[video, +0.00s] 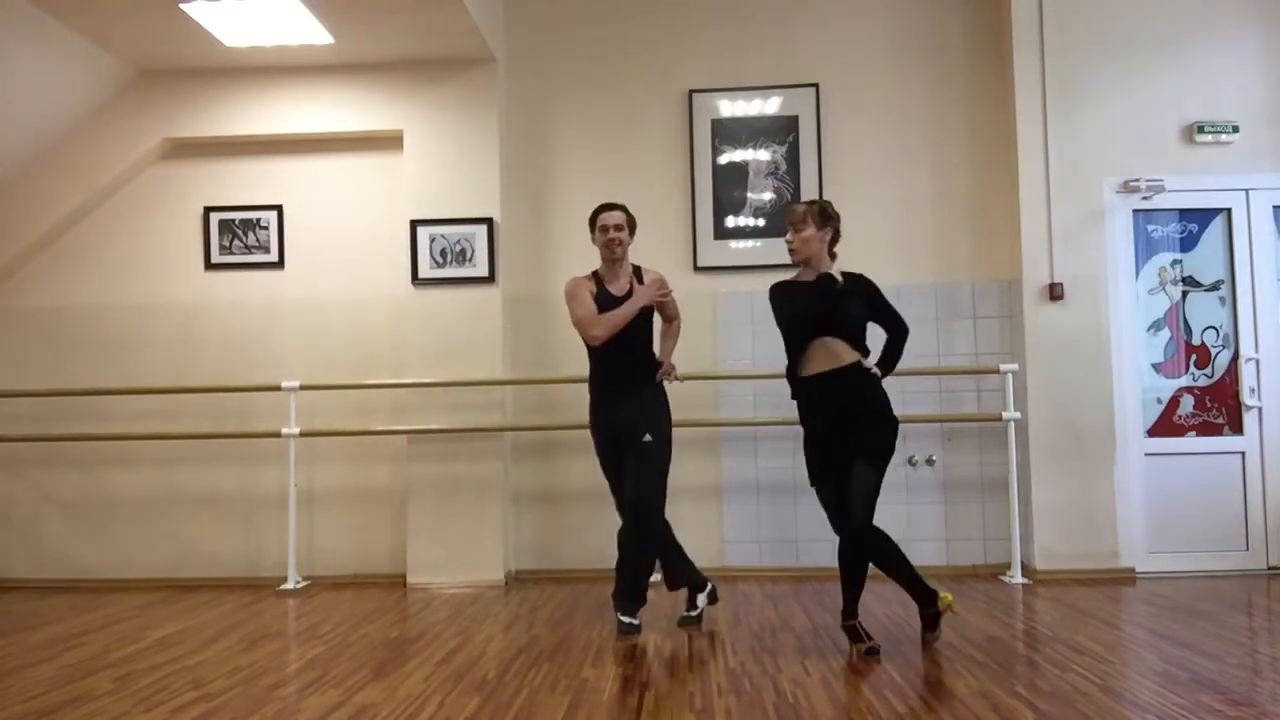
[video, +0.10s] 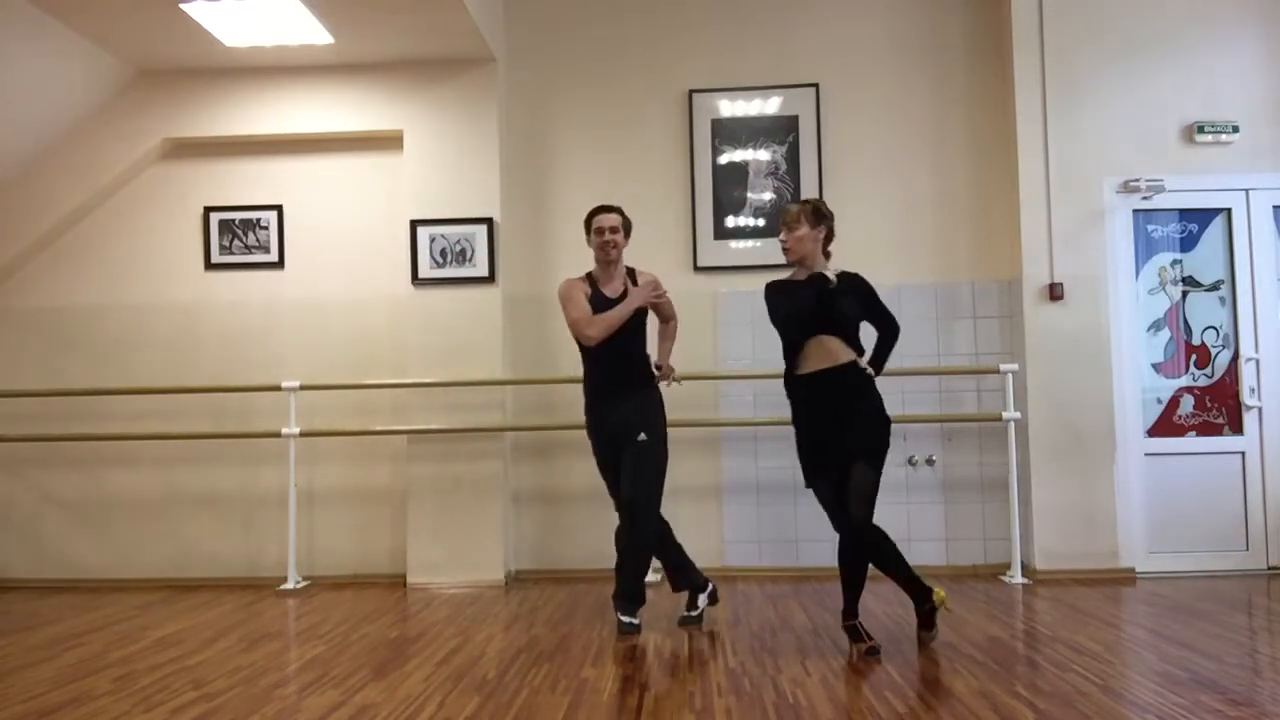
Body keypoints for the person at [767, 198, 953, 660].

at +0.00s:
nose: (789, 236)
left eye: (799, 228)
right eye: (788, 229)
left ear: (828, 235)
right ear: (793, 239)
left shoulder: (857, 286)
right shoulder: (781, 292)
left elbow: (898, 330)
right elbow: (796, 338)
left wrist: (878, 371)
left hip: (865, 404)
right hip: (817, 413)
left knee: (856, 522)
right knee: (849, 528)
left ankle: (850, 617)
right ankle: (928, 600)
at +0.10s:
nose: (782, 236)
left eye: (793, 227)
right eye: (783, 229)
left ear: (822, 235)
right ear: (790, 238)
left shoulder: (851, 285)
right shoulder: (777, 290)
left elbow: (889, 328)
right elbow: (792, 330)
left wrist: (870, 371)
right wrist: (821, 276)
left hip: (857, 399)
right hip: (809, 409)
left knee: (855, 520)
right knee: (849, 526)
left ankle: (851, 617)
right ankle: (923, 597)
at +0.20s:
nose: (776, 236)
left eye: (786, 228)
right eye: (775, 229)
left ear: (814, 232)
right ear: (779, 237)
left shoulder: (845, 282)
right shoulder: (774, 289)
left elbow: (892, 323)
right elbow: (776, 328)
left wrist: (866, 367)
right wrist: (810, 279)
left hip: (848, 398)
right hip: (800, 406)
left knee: (853, 516)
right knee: (828, 520)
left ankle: (851, 617)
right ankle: (891, 584)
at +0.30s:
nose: (770, 237)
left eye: (779, 229)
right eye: (768, 230)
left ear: (806, 233)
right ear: (775, 237)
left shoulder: (840, 283)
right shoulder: (769, 294)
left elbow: (900, 317)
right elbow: (753, 350)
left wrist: (884, 364)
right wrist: (790, 319)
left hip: (845, 406)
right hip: (797, 411)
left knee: (854, 518)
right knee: (797, 516)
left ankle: (851, 617)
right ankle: (833, 574)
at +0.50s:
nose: (744, 224)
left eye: (751, 214)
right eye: (743, 216)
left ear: (780, 216)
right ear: (757, 220)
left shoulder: (811, 263)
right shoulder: (740, 277)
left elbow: (851, 287)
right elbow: (721, 332)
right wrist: (711, 383)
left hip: (811, 393)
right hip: (760, 394)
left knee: (823, 502)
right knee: (734, 499)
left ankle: (845, 606)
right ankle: (711, 605)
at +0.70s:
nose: (716, 242)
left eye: (725, 233)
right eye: (714, 234)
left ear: (752, 235)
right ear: (715, 238)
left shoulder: (775, 288)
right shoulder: (713, 298)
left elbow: (768, 347)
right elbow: (704, 364)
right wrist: (684, 422)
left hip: (771, 410)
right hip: (725, 409)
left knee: (743, 507)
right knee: (712, 502)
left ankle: (707, 595)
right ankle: (721, 607)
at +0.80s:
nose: (713, 242)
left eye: (721, 231)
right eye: (710, 233)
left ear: (748, 230)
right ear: (713, 237)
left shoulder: (774, 284)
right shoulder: (708, 290)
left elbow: (767, 348)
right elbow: (695, 350)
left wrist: (707, 342)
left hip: (763, 406)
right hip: (716, 407)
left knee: (753, 514)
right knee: (708, 512)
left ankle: (735, 565)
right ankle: (722, 611)